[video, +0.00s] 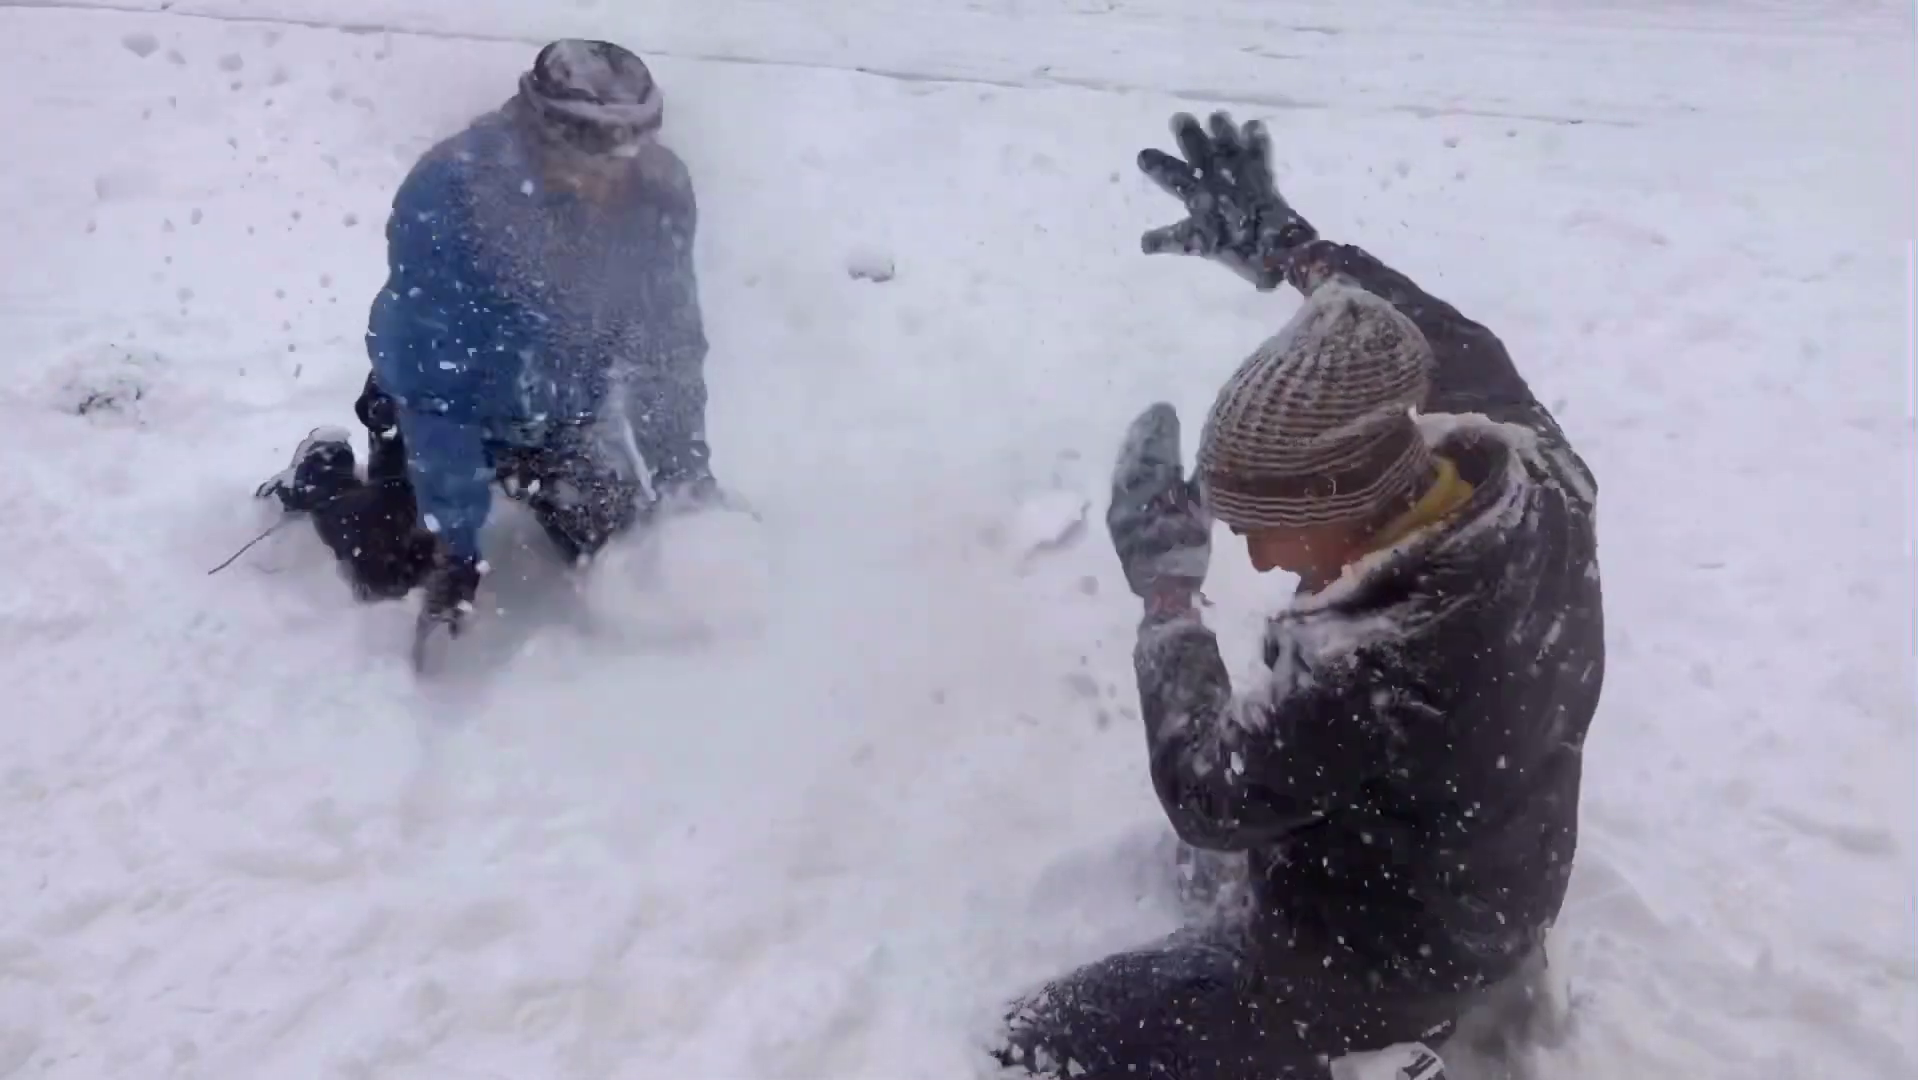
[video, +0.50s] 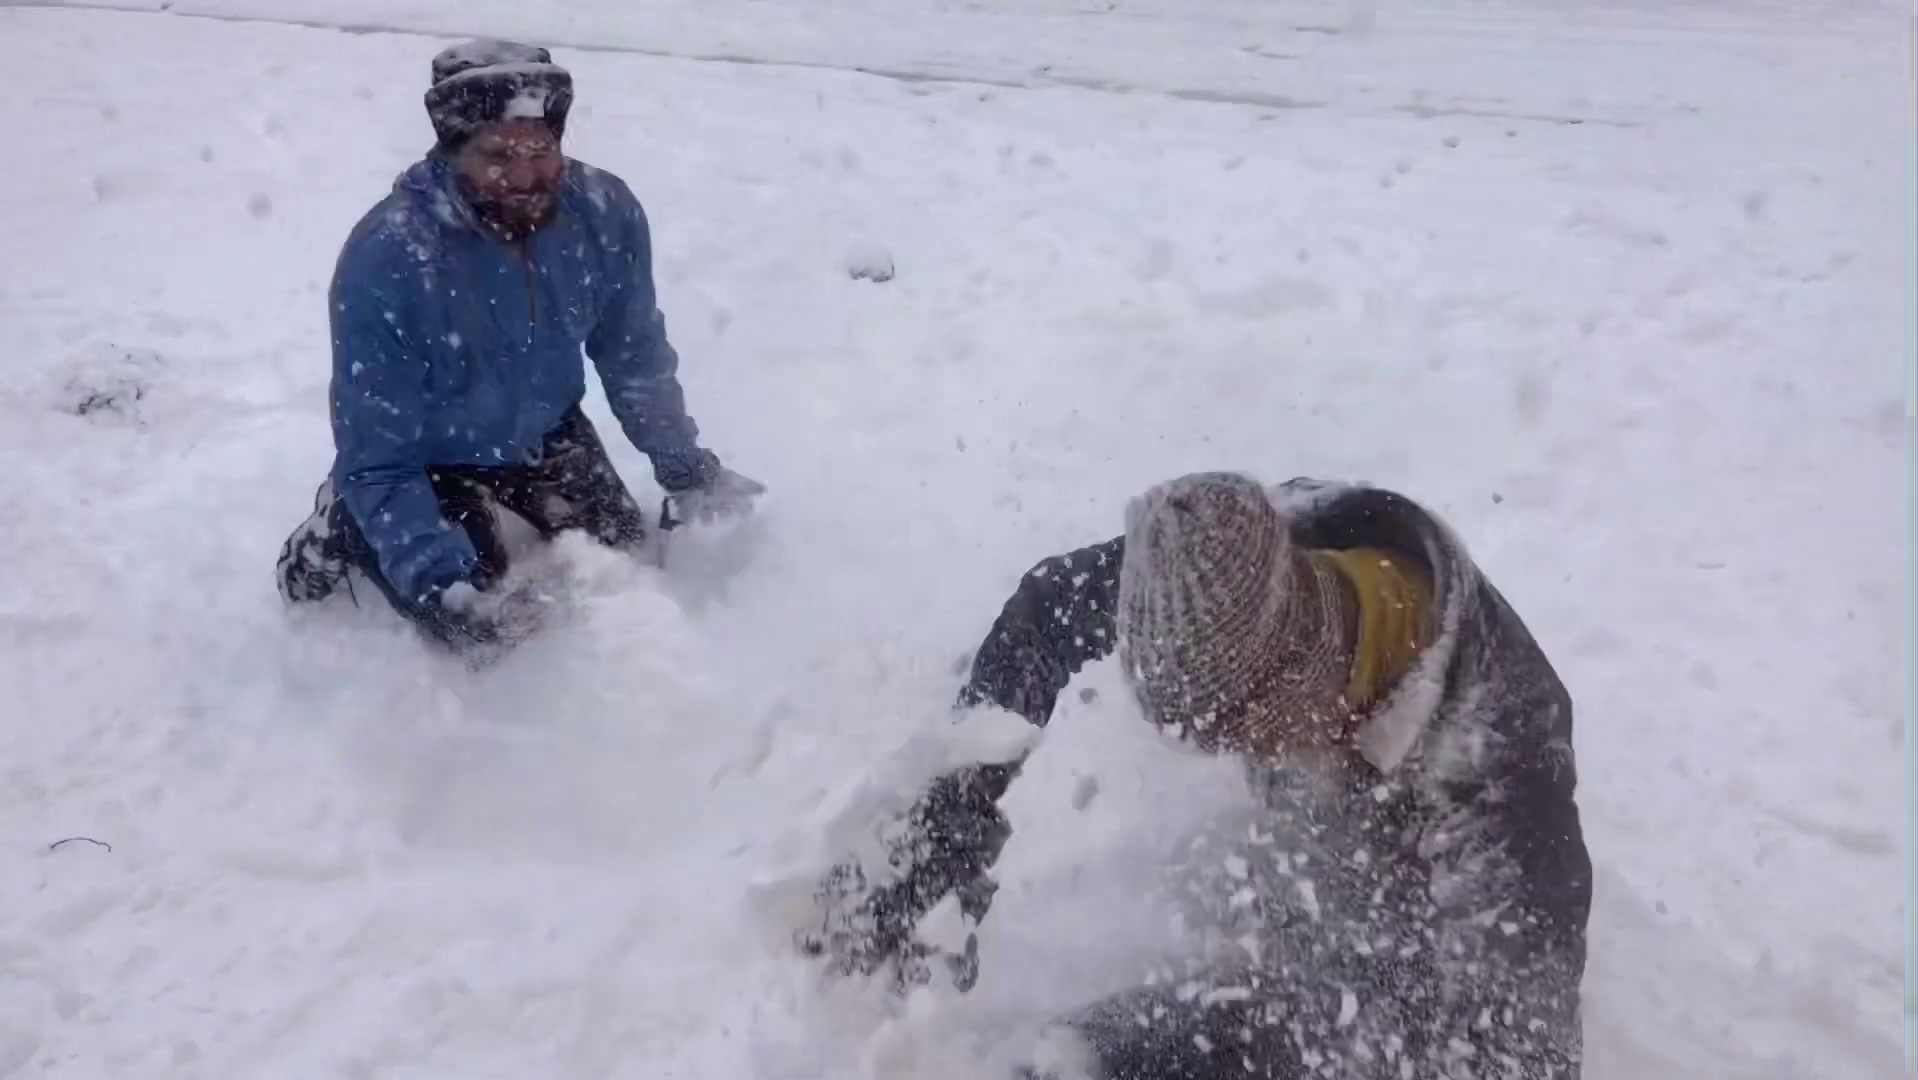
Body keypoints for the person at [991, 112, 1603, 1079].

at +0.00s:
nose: (1259, 559)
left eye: (1264, 534)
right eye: (1249, 535)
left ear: (1344, 511)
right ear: (1406, 444)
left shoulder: (1380, 678)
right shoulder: (1529, 472)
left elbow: (1207, 797)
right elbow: (1448, 343)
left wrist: (1169, 588)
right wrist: (1288, 246)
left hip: (1398, 961)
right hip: (1502, 872)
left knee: (1038, 1042)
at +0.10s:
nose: (1285, 584)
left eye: (1296, 563)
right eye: (1280, 560)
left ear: (1366, 549)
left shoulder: (1413, 724)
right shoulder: (1512, 479)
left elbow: (1238, 870)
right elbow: (1390, 370)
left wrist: (1136, 674)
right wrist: (1200, 311)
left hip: (1415, 967)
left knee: (1062, 1040)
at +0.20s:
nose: (1263, 603)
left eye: (1275, 589)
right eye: (1251, 576)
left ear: (1336, 594)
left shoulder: (1474, 784)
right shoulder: (1445, 483)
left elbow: (1310, 979)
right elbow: (1288, 410)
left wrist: (1124, 798)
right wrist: (1081, 416)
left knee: (1062, 1044)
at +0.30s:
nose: (1258, 621)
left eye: (1273, 604)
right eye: (1243, 589)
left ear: (1347, 583)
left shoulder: (1530, 739)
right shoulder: (1366, 494)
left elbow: (1380, 1012)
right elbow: (1260, 432)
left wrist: (1128, 870)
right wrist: (1044, 490)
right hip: (1325, 832)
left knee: (1061, 1046)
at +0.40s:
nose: (1262, 697)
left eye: (1280, 675)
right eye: (1234, 672)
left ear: (1344, 622)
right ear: (1207, 592)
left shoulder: (1523, 735)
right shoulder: (1271, 535)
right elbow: (1139, 496)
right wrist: (985, 647)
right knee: (1108, 892)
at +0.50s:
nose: (1250, 752)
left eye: (1254, 726)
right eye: (1227, 736)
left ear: (1308, 670)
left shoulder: (1498, 745)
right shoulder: (1247, 565)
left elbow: (1501, 1041)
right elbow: (1053, 610)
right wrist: (951, 817)